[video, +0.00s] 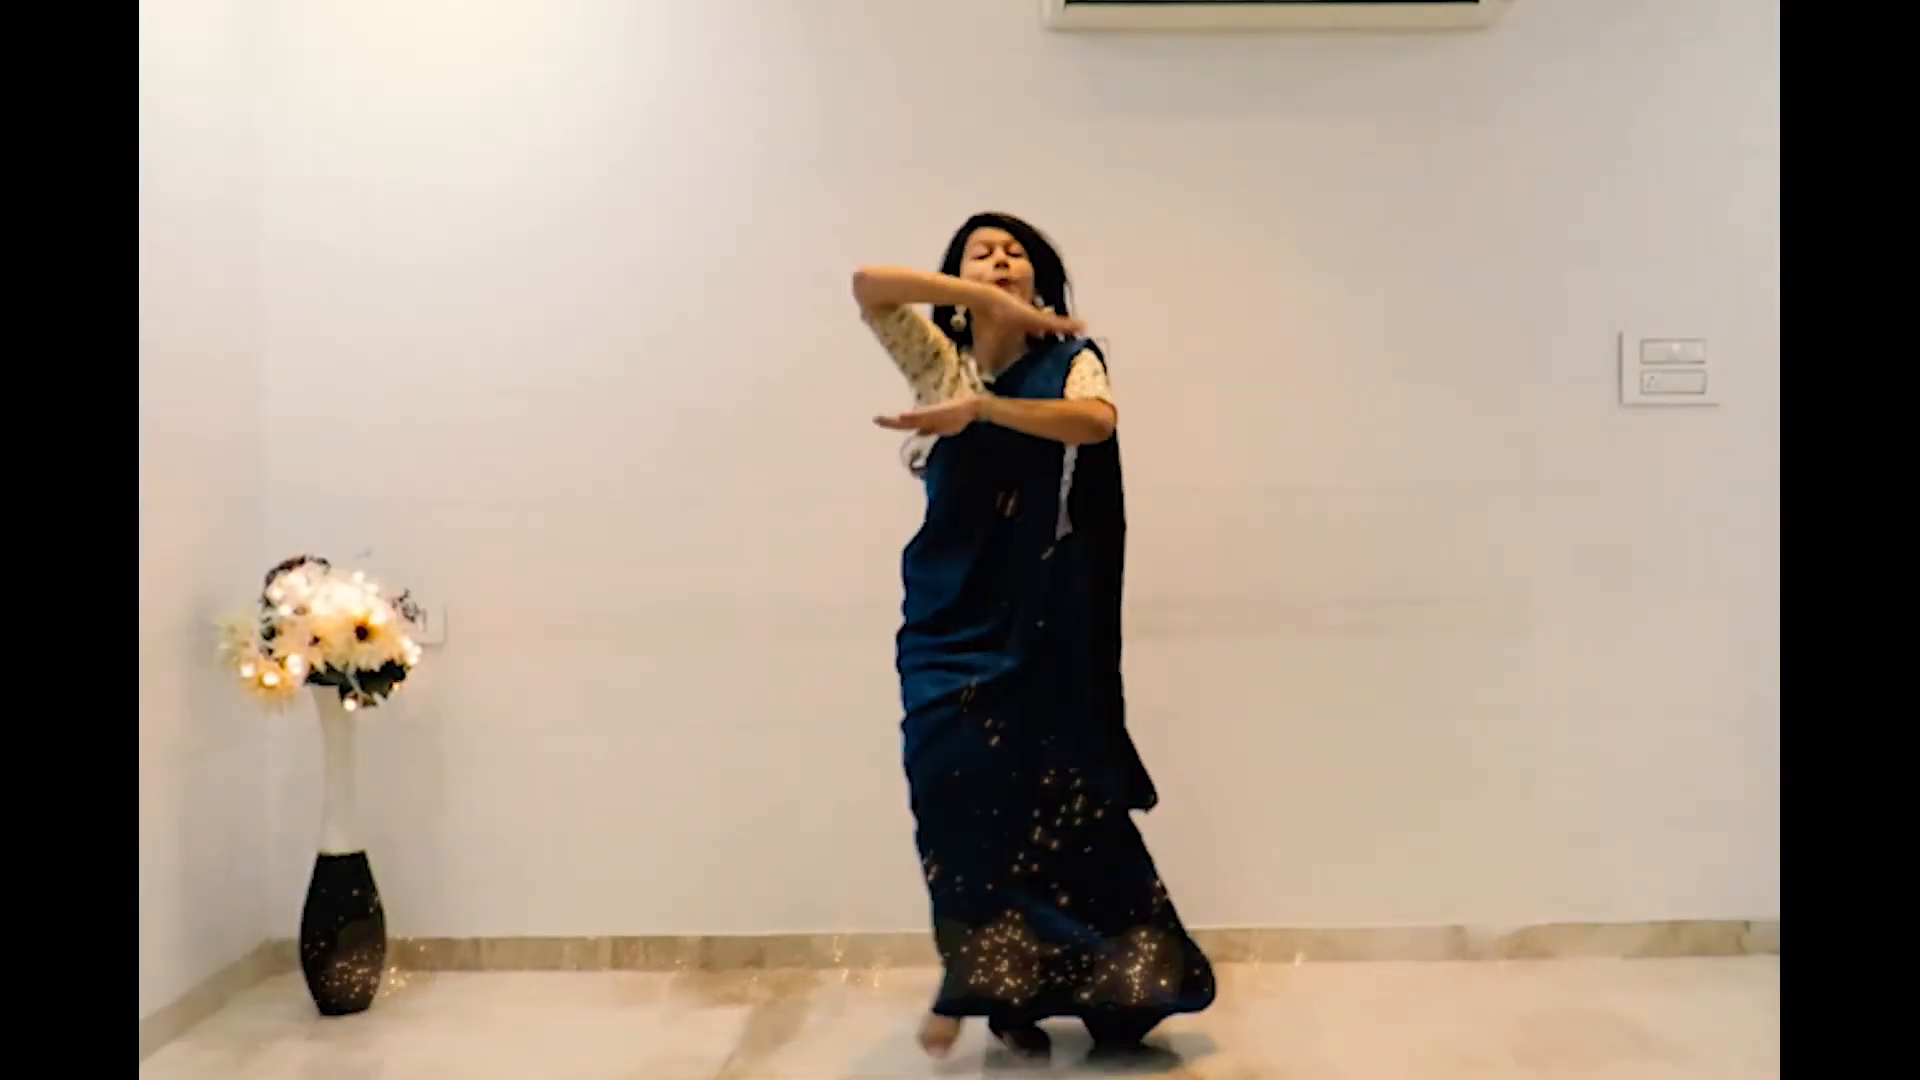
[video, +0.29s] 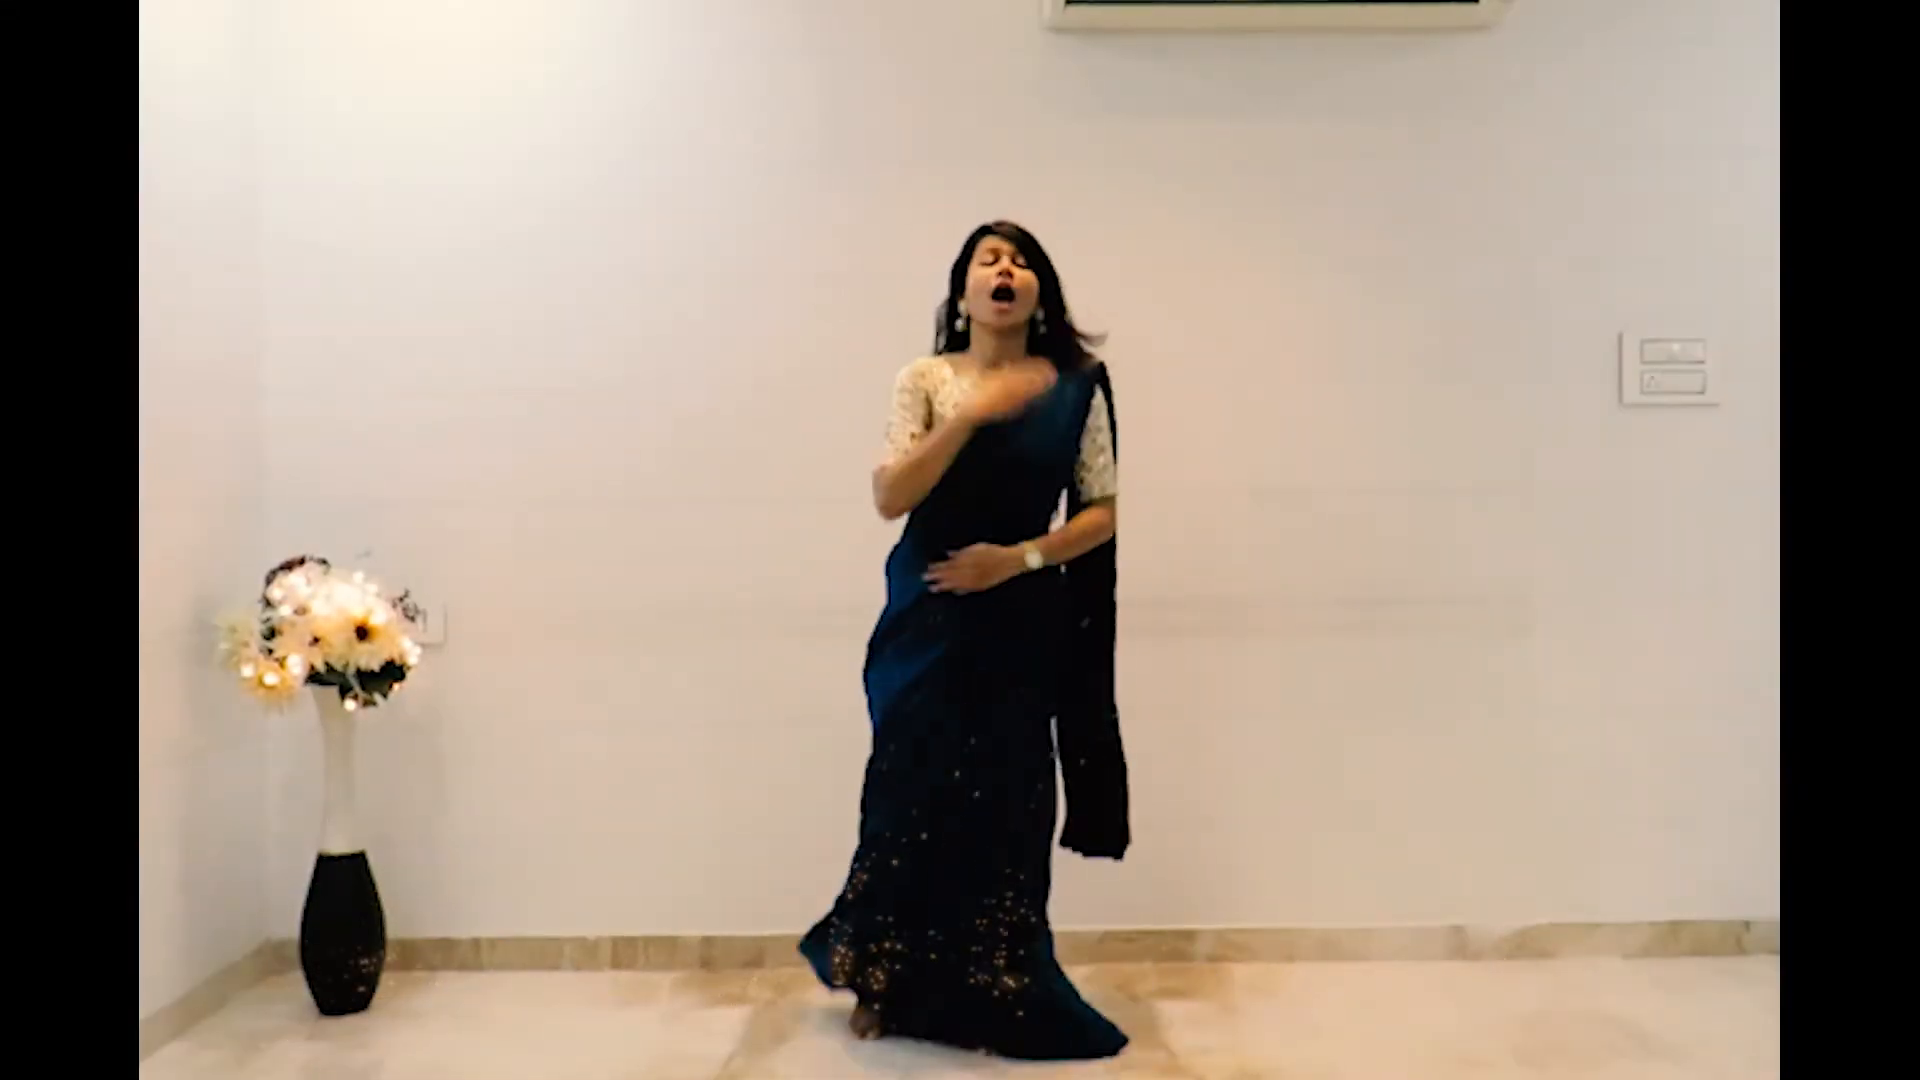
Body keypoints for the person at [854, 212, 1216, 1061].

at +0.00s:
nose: (1000, 261)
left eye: (1014, 253)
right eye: (982, 253)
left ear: (1042, 284)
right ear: (959, 287)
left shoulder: (1072, 357)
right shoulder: (941, 363)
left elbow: (1093, 420)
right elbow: (870, 285)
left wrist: (977, 407)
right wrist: (992, 300)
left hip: (1048, 620)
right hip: (950, 618)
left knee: (1057, 804)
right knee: (947, 790)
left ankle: (1106, 989)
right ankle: (963, 972)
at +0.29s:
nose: (1001, 272)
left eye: (1017, 264)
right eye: (986, 262)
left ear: (1041, 294)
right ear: (960, 292)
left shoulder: (1076, 387)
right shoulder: (927, 380)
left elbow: (1103, 513)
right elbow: (888, 498)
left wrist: (1015, 558)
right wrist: (966, 417)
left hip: (1022, 618)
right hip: (928, 611)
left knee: (1008, 795)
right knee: (917, 787)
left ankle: (997, 980)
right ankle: (886, 979)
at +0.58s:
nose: (990, 274)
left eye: (1005, 265)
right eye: (973, 262)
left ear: (1026, 293)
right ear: (943, 287)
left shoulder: (1060, 385)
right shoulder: (916, 376)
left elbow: (1110, 498)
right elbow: (943, 457)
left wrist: (1101, 585)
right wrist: (971, 385)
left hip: (1044, 630)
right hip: (950, 628)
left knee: (1033, 821)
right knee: (949, 820)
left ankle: (1027, 1015)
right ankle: (948, 1029)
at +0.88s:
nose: (952, 254)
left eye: (969, 244)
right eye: (951, 242)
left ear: (1009, 262)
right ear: (947, 259)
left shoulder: (1030, 335)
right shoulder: (936, 348)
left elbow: (1085, 422)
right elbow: (827, 332)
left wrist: (1014, 521)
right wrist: (870, 248)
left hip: (1006, 607)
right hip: (939, 606)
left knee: (1005, 791)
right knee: (928, 792)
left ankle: (1018, 990)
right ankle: (952, 989)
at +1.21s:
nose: (953, 317)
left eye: (964, 305)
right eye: (957, 303)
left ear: (996, 318)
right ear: (1012, 316)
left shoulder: (1029, 391)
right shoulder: (976, 408)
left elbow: (1068, 482)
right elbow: (869, 491)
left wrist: (974, 550)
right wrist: (877, 469)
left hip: (1007, 652)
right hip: (952, 652)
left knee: (1028, 832)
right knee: (926, 817)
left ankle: (1161, 1019)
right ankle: (983, 987)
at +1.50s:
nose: (1003, 252)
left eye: (1019, 243)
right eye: (988, 240)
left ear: (1042, 268)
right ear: (957, 260)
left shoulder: (1067, 345)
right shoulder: (929, 332)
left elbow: (1148, 424)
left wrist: (1114, 476)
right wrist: (1075, 323)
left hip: (1066, 576)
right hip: (976, 583)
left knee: (1070, 768)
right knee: (1005, 784)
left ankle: (1023, 972)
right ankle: (1004, 1012)